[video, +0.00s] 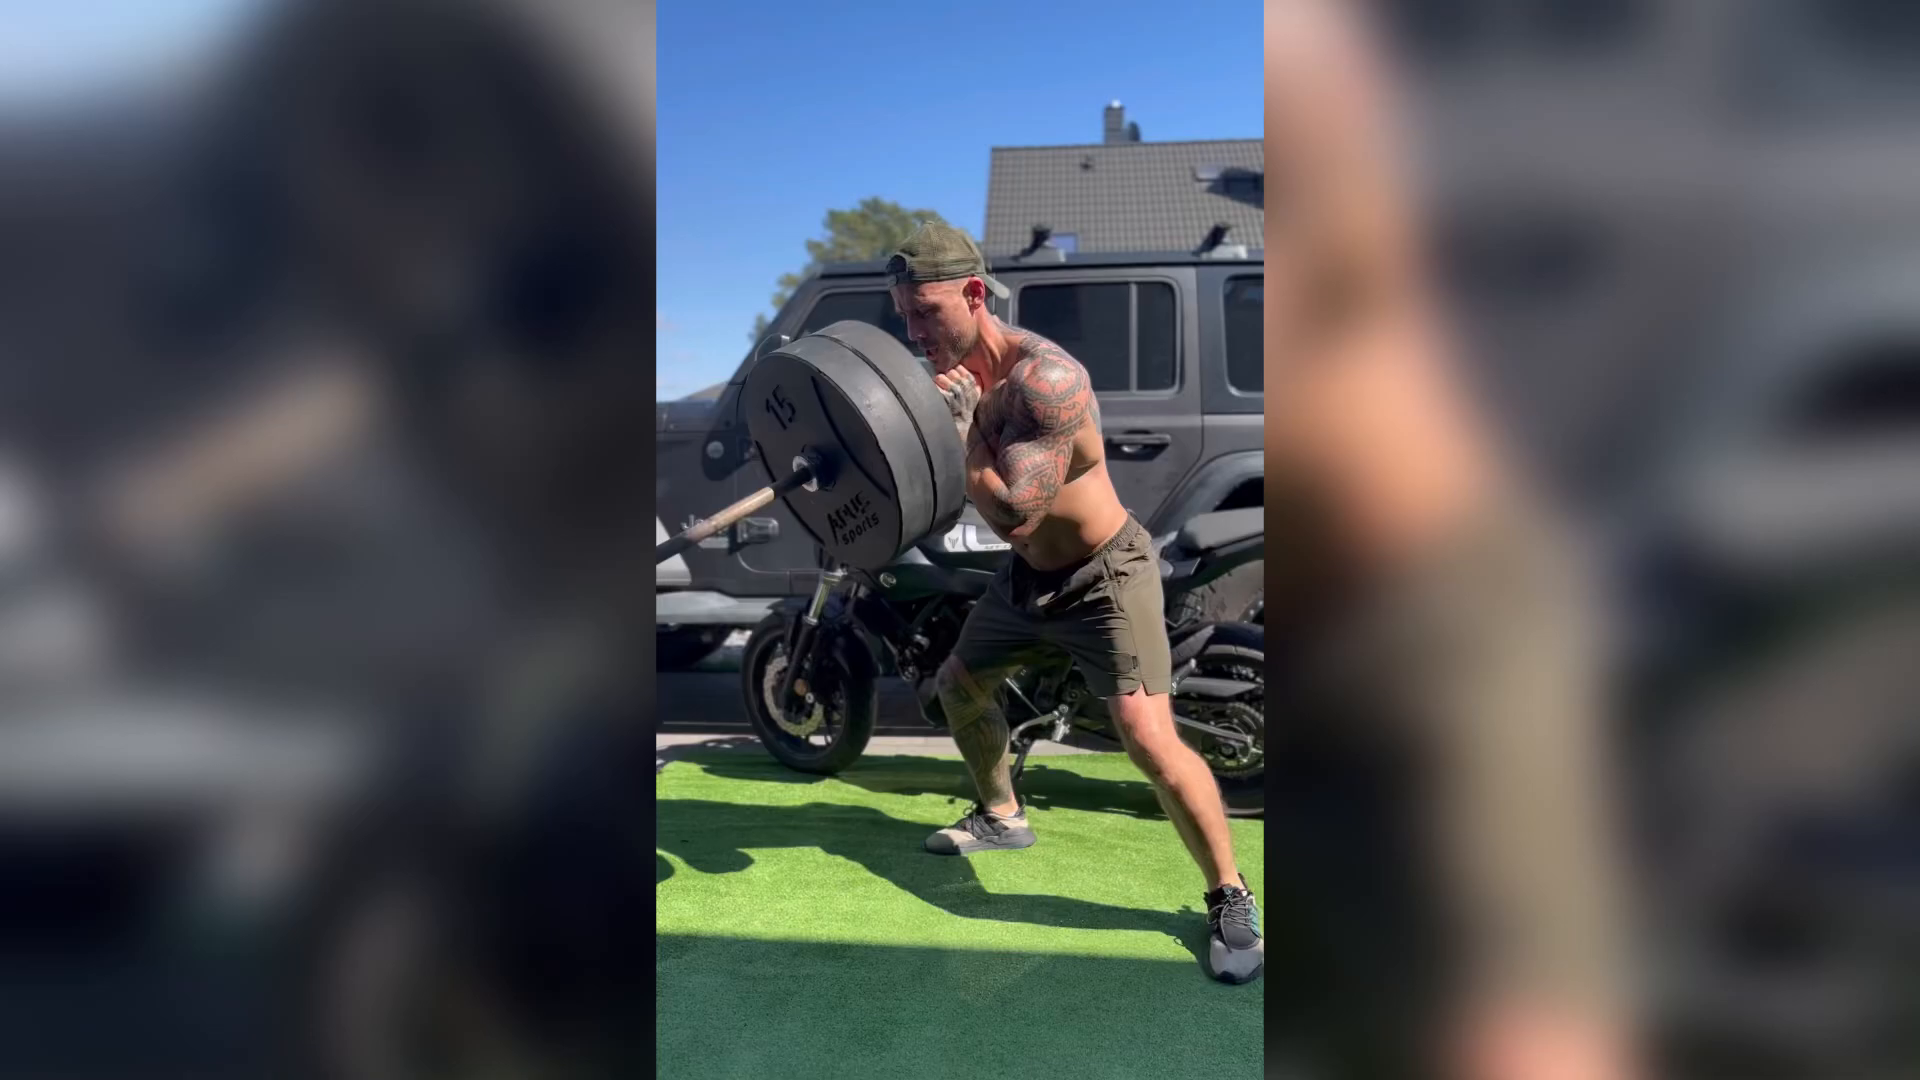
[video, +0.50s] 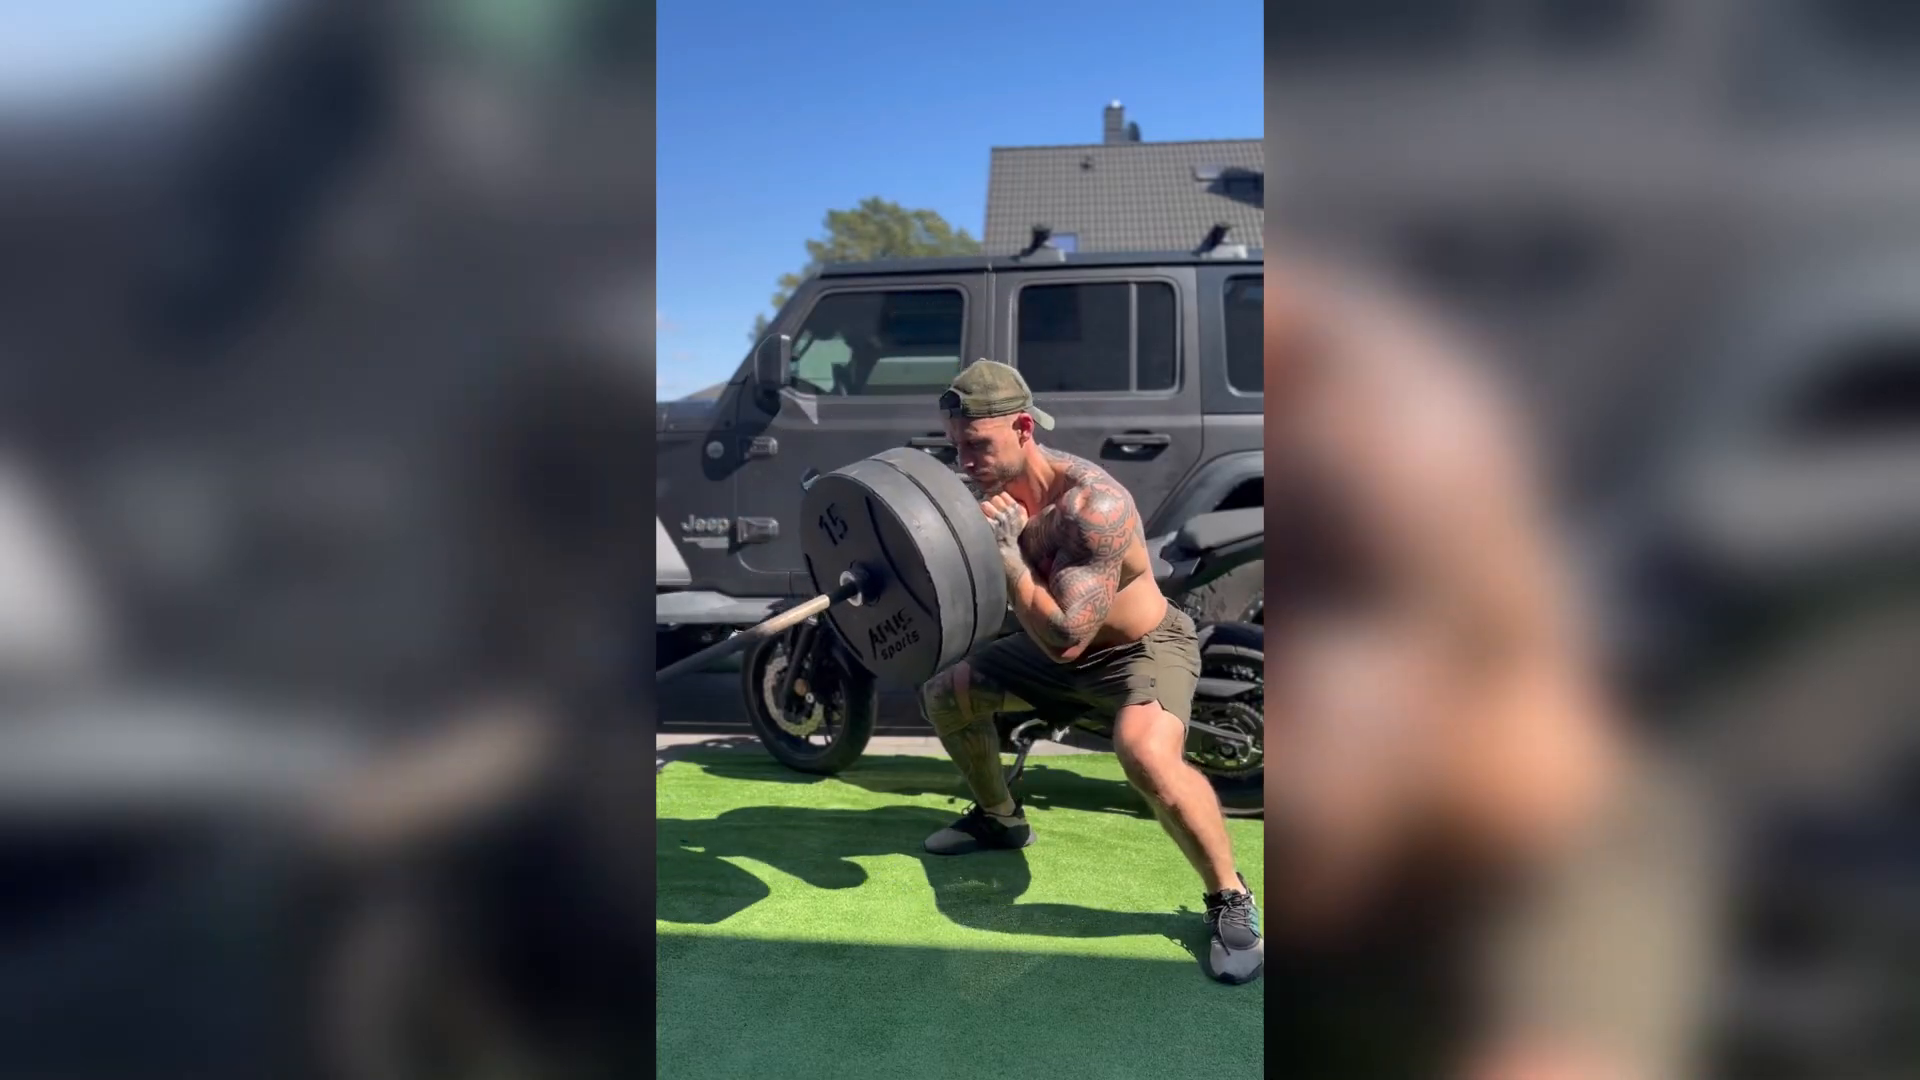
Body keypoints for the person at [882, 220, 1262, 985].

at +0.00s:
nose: (915, 333)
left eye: (926, 314)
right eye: (907, 318)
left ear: (975, 297)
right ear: (909, 314)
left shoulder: (1048, 377)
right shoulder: (946, 379)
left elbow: (1016, 517)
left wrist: (958, 440)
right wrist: (908, 420)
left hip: (1107, 568)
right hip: (1027, 572)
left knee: (1144, 726)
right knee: (961, 686)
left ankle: (1231, 895)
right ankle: (1003, 815)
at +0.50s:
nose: (966, 462)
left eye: (978, 446)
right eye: (958, 448)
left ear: (1024, 429)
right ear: (951, 440)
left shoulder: (1095, 502)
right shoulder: (978, 498)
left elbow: (1068, 640)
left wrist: (1006, 555)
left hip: (1145, 645)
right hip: (1058, 645)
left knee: (1143, 749)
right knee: (948, 695)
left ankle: (1230, 897)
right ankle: (1000, 818)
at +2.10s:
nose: (911, 208)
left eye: (925, 193)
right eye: (907, 194)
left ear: (968, 201)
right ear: (914, 208)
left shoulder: (1018, 272)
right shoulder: (909, 298)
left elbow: (904, 198)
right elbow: (824, 223)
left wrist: (803, 71)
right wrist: (764, 102)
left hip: (1077, 540)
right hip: (996, 551)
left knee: (1148, 721)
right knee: (994, 697)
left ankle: (1235, 891)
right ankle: (1003, 816)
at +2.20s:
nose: (881, 237)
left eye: (895, 217)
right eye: (879, 222)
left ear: (933, 217)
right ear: (884, 234)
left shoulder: (996, 290)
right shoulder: (891, 314)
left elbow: (890, 194)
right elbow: (812, 205)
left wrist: (791, 58)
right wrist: (762, 74)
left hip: (1081, 544)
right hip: (1001, 555)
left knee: (1154, 725)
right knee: (998, 694)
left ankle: (1232, 893)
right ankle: (1004, 814)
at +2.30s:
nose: (894, 226)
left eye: (907, 206)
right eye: (891, 210)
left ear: (950, 212)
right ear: (902, 219)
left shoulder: (1005, 283)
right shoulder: (898, 304)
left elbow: (892, 202)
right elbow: (818, 221)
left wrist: (797, 72)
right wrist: (758, 91)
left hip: (1084, 543)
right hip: (1003, 557)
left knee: (1153, 724)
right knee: (995, 696)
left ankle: (1234, 893)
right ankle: (1003, 815)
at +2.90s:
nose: (991, 375)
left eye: (1009, 363)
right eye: (990, 362)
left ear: (1056, 377)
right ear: (987, 371)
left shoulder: (1109, 461)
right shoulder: (996, 453)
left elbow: (1057, 582)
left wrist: (997, 492)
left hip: (1142, 629)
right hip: (1054, 627)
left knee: (1160, 749)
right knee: (947, 699)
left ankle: (1237, 899)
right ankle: (996, 818)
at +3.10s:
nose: (995, 461)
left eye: (1012, 449)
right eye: (993, 448)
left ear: (1059, 461)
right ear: (990, 455)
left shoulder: (1118, 540)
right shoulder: (1001, 534)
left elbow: (1079, 671)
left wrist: (1020, 585)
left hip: (1155, 676)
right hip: (1067, 679)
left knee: (1170, 743)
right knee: (957, 706)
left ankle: (1235, 899)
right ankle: (1000, 818)